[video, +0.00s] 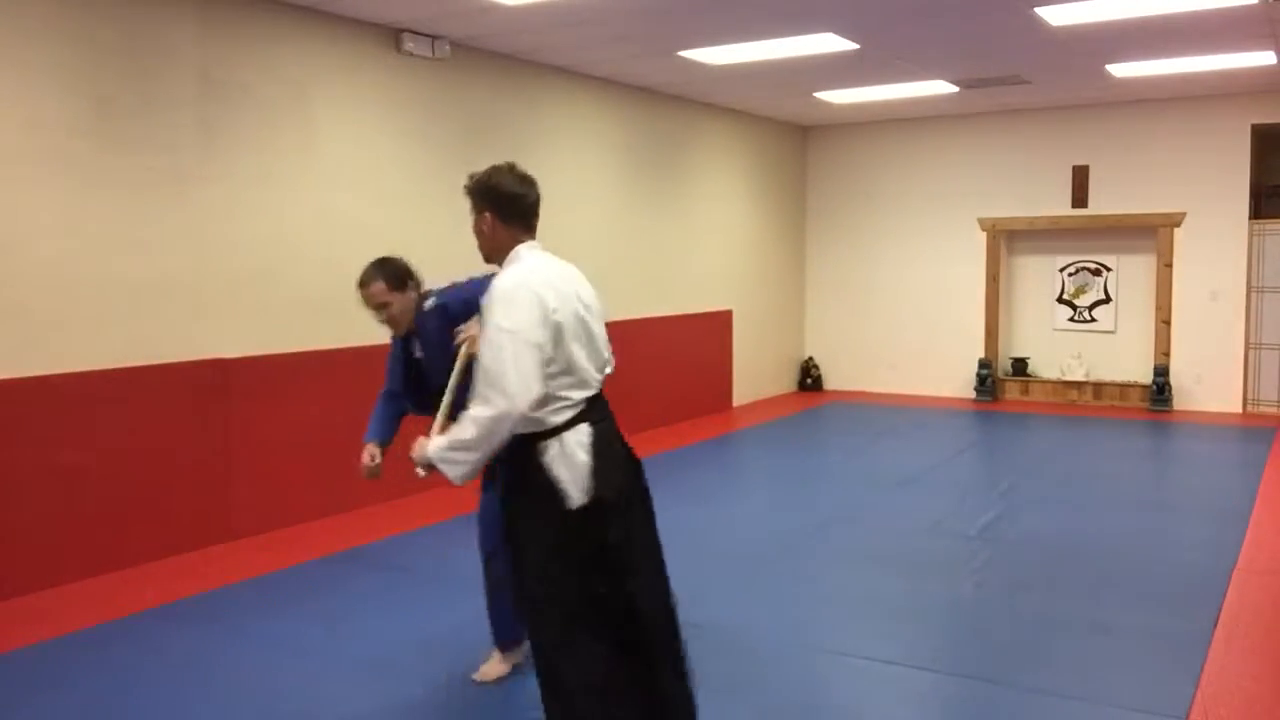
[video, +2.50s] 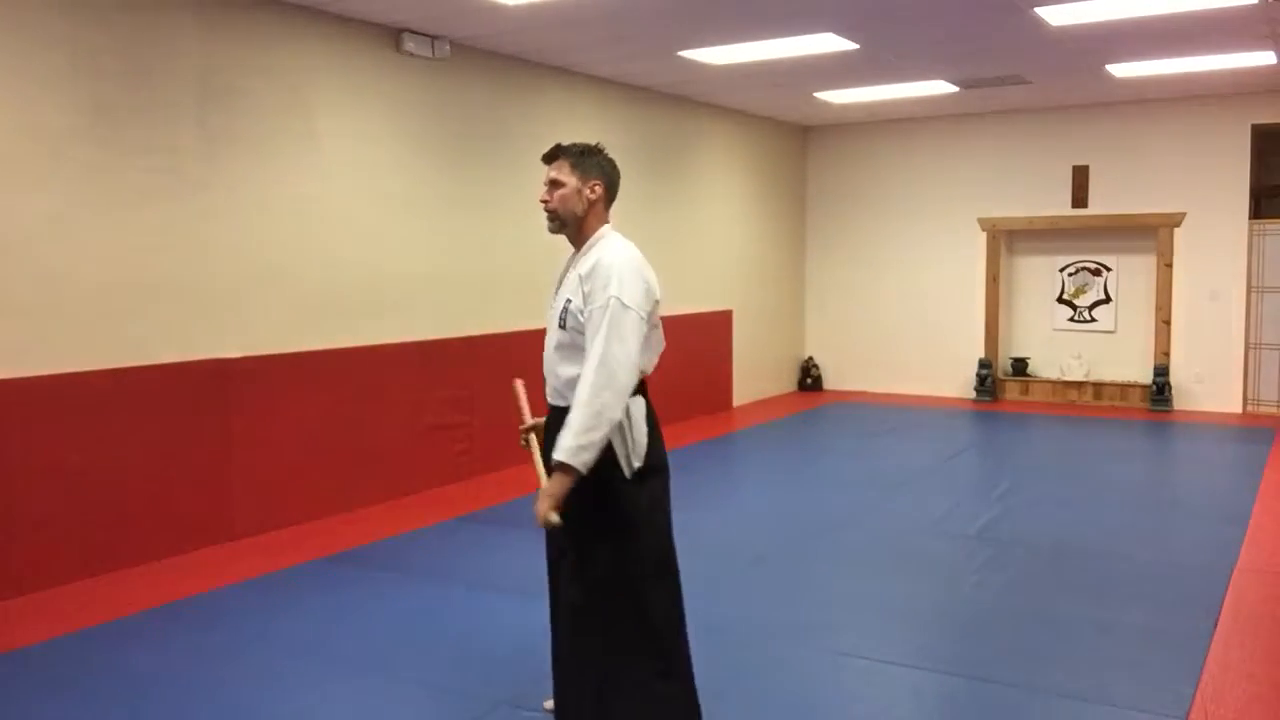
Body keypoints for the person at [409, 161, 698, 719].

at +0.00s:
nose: (474, 230)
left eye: (474, 219)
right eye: (474, 219)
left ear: (489, 221)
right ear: (530, 217)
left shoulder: (510, 291)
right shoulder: (566, 274)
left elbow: (507, 401)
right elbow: (592, 360)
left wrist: (440, 451)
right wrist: (497, 343)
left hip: (550, 463)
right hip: (602, 444)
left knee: (562, 611)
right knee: (628, 594)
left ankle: (588, 707)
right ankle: (658, 705)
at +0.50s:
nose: (476, 300)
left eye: (479, 287)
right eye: (471, 289)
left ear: (513, 277)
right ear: (511, 277)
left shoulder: (603, 314)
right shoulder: (511, 342)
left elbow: (659, 405)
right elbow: (482, 427)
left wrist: (619, 490)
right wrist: (439, 500)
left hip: (643, 468)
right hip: (584, 466)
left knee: (621, 602)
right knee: (551, 578)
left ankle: (633, 708)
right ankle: (577, 688)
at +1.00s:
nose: (508, 311)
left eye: (515, 298)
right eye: (504, 299)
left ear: (554, 285)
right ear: (546, 287)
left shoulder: (638, 321)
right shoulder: (524, 355)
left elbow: (714, 386)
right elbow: (524, 453)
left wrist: (725, 478)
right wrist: (525, 546)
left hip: (657, 480)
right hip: (592, 483)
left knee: (639, 613)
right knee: (557, 595)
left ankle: (651, 711)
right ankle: (582, 692)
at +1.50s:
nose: (524, 283)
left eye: (532, 271)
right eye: (521, 271)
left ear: (573, 264)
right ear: (566, 266)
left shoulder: (647, 314)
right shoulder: (535, 333)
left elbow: (712, 391)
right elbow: (519, 430)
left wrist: (713, 484)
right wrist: (503, 523)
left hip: (652, 478)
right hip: (587, 478)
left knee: (635, 608)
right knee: (554, 586)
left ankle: (647, 711)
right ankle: (579, 697)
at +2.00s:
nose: (545, 217)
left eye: (557, 205)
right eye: (545, 204)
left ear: (600, 208)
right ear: (587, 209)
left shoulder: (649, 284)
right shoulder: (566, 280)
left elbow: (688, 391)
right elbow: (543, 367)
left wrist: (670, 495)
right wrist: (508, 434)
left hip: (635, 458)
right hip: (581, 453)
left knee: (631, 613)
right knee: (575, 602)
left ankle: (633, 712)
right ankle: (582, 703)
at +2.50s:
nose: (544, 196)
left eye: (556, 186)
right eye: (545, 185)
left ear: (594, 192)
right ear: (584, 195)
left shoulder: (617, 266)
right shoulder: (584, 261)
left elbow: (607, 380)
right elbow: (588, 363)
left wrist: (563, 474)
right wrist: (555, 418)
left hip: (613, 446)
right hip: (580, 438)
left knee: (622, 598)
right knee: (585, 592)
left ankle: (633, 706)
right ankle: (586, 698)